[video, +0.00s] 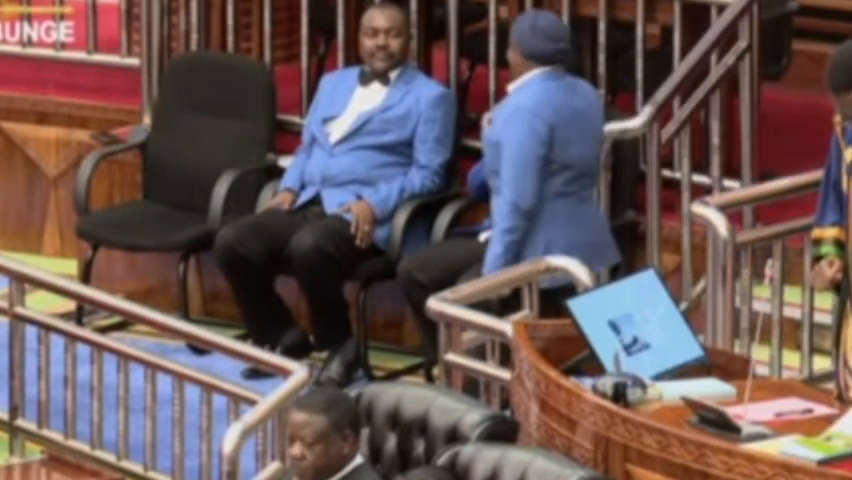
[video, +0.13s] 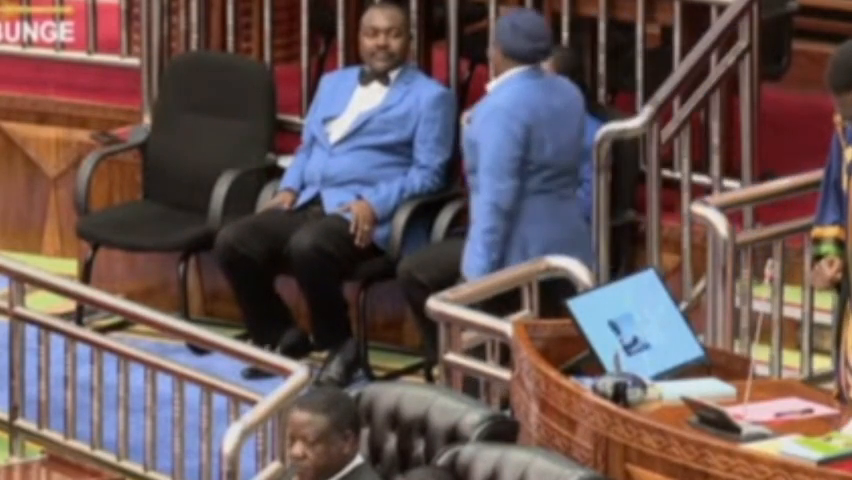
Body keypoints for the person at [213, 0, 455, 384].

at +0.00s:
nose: (381, 43)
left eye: (391, 34)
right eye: (372, 34)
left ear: (407, 40)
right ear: (359, 39)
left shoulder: (430, 97)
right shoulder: (333, 83)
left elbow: (429, 174)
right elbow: (308, 150)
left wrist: (375, 204)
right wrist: (288, 189)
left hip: (364, 213)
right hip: (310, 206)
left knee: (310, 249)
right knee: (233, 242)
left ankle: (340, 351)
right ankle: (280, 337)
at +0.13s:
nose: (381, 43)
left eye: (392, 34)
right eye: (372, 33)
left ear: (407, 40)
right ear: (359, 38)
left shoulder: (430, 97)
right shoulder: (333, 83)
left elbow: (429, 174)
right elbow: (308, 150)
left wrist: (375, 204)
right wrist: (289, 189)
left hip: (363, 213)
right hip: (309, 206)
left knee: (309, 248)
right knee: (234, 241)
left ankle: (340, 351)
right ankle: (280, 337)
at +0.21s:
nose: (381, 43)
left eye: (391, 34)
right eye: (372, 33)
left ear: (407, 41)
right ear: (359, 39)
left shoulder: (428, 95)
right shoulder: (333, 83)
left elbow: (430, 172)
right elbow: (307, 148)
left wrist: (375, 205)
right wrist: (289, 190)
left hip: (364, 213)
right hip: (309, 207)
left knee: (308, 247)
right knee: (235, 241)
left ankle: (340, 351)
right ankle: (280, 337)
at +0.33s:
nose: (382, 42)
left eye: (393, 33)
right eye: (373, 32)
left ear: (408, 40)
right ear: (360, 38)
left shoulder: (423, 93)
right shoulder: (333, 83)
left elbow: (423, 170)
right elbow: (307, 148)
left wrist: (374, 204)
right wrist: (289, 189)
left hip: (363, 212)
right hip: (310, 205)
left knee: (304, 246)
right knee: (237, 241)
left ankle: (340, 349)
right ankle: (280, 337)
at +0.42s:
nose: (383, 41)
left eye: (393, 33)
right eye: (373, 32)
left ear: (408, 40)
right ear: (359, 38)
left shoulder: (418, 90)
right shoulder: (333, 83)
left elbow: (411, 165)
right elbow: (308, 147)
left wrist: (374, 203)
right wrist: (289, 190)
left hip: (360, 208)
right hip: (309, 204)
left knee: (303, 246)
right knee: (238, 241)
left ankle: (339, 346)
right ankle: (280, 337)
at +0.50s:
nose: (382, 41)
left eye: (393, 32)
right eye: (373, 31)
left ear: (409, 40)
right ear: (360, 38)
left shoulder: (413, 89)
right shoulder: (332, 84)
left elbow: (414, 165)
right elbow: (308, 148)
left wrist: (372, 203)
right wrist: (288, 190)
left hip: (359, 208)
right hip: (309, 204)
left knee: (302, 245)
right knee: (238, 240)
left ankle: (340, 346)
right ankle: (280, 337)